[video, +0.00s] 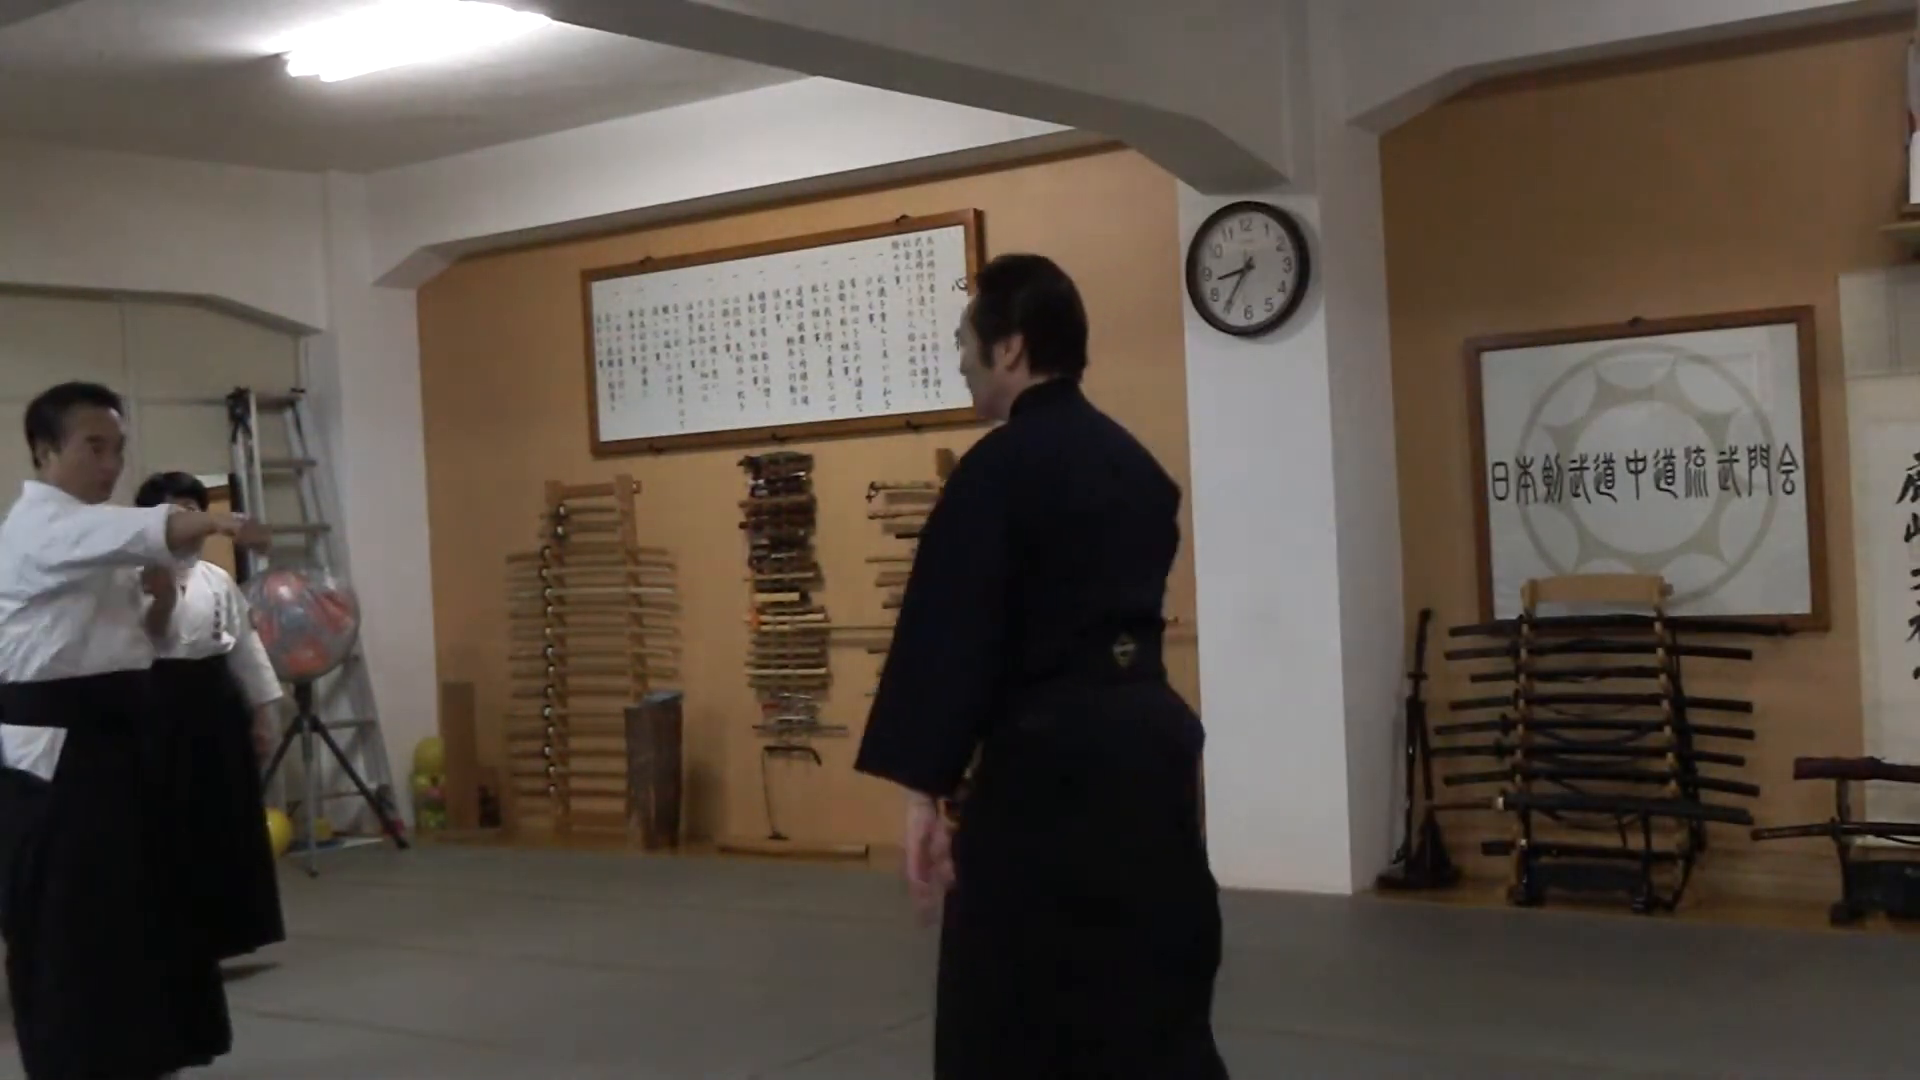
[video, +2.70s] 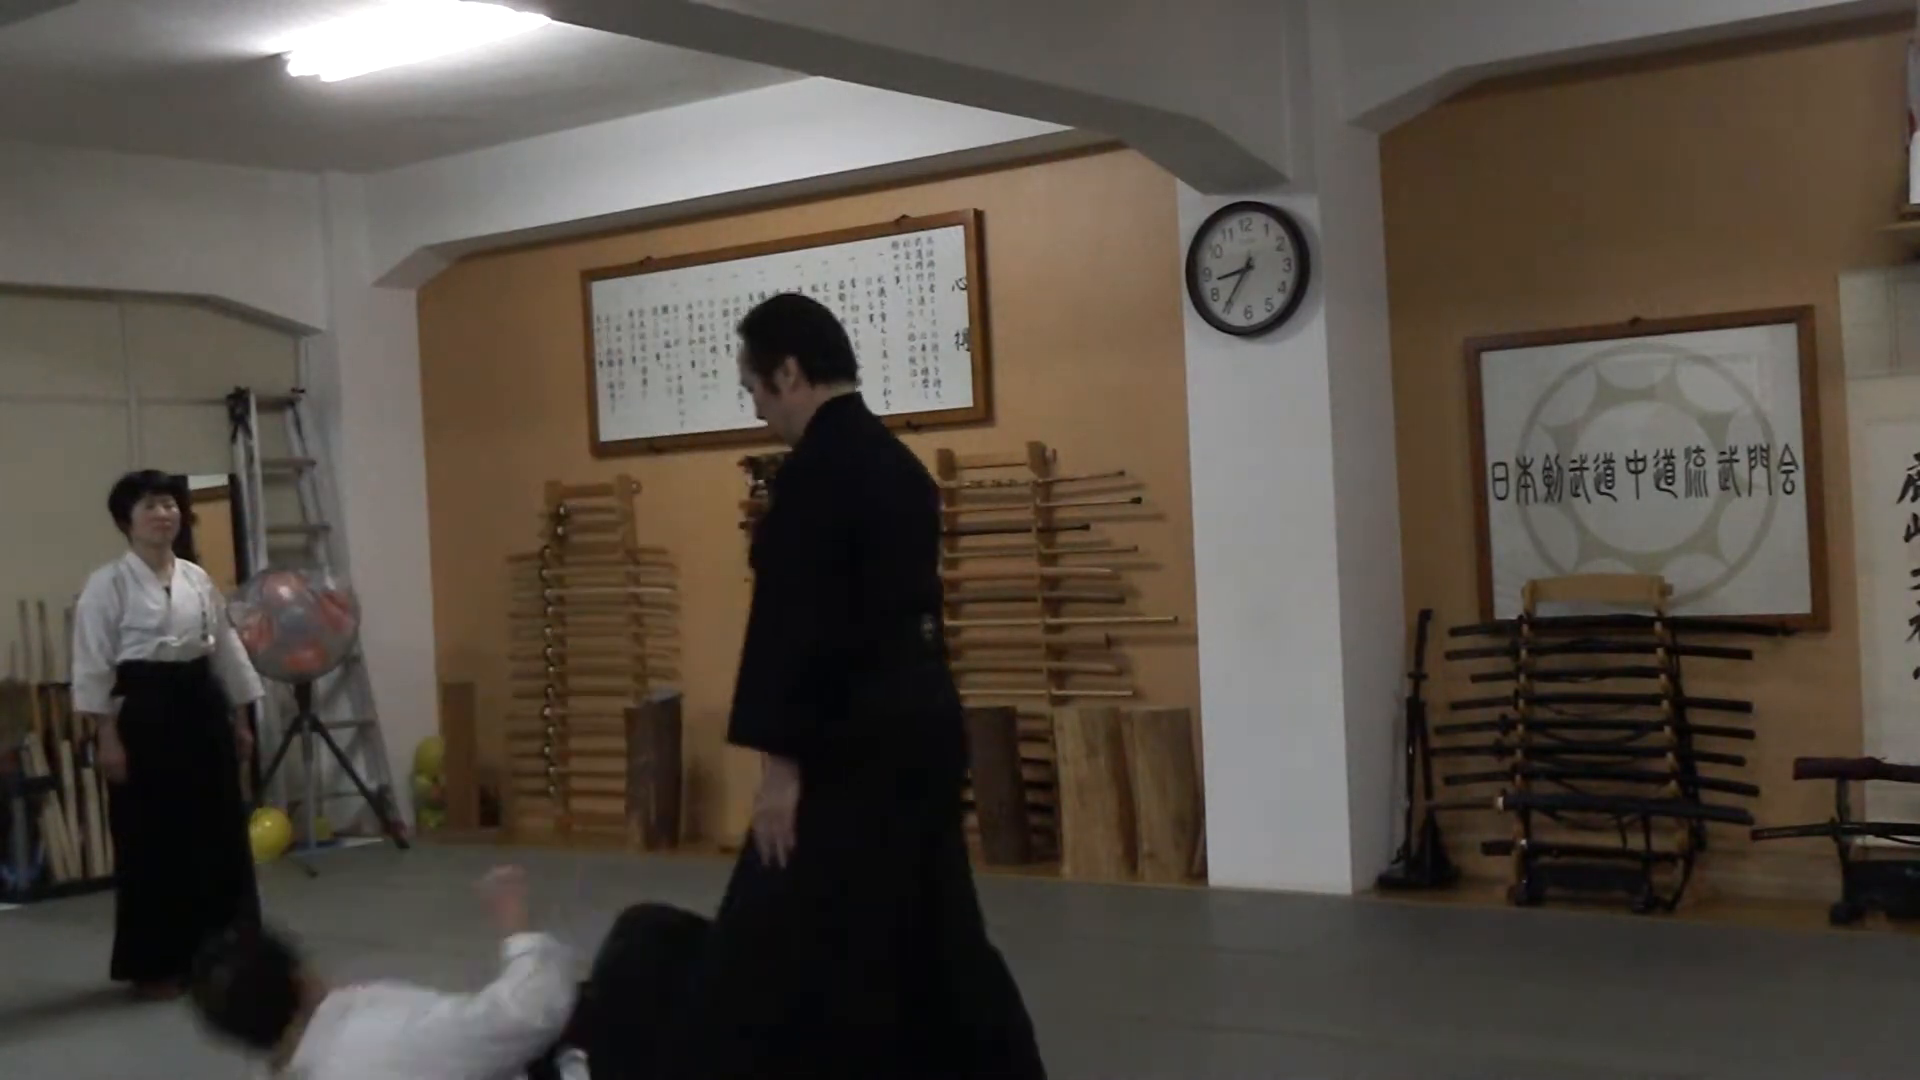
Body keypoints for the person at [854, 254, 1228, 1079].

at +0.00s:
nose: (961, 361)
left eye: (968, 341)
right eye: (962, 342)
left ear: (1013, 351)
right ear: (1059, 351)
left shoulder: (996, 469)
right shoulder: (1135, 465)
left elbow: (952, 633)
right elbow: (1113, 641)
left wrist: (926, 791)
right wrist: (968, 786)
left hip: (1034, 774)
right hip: (1148, 763)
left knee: (1012, 1001)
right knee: (1149, 995)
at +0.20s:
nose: (881, 387)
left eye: (881, 366)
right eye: (877, 370)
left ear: (917, 354)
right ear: (968, 348)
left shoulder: (919, 458)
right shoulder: (1058, 459)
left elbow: (900, 622)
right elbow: (1074, 626)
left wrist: (900, 772)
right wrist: (1078, 752)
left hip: (951, 756)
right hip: (1044, 752)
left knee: (921, 981)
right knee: (1048, 979)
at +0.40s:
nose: (827, 384)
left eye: (827, 363)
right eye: (822, 365)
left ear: (863, 351)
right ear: (921, 349)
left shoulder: (864, 452)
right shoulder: (995, 453)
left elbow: (818, 601)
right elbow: (1011, 605)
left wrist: (793, 749)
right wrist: (1004, 711)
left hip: (900, 733)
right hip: (989, 727)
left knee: (883, 946)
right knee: (978, 940)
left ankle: (886, 1068)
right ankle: (979, 1066)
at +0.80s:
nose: (756, 377)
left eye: (760, 358)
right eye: (755, 359)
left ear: (798, 358)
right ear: (846, 356)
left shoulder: (795, 464)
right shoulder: (901, 456)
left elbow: (742, 603)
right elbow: (898, 594)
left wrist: (686, 733)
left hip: (830, 725)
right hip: (905, 711)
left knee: (823, 932)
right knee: (899, 917)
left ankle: (831, 1066)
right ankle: (921, 1065)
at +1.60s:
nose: (655, 381)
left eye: (660, 363)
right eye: (655, 364)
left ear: (695, 362)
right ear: (745, 362)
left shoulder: (690, 466)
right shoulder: (799, 466)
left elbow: (649, 613)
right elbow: (769, 625)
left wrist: (622, 756)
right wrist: (665, 749)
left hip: (716, 745)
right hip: (799, 735)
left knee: (713, 949)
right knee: (803, 939)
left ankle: (716, 1070)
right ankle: (811, 1067)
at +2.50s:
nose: (668, 425)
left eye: (665, 405)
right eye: (663, 408)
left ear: (689, 391)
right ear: (750, 384)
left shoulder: (703, 487)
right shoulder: (821, 484)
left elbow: (665, 633)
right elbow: (822, 634)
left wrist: (651, 771)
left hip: (744, 740)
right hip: (836, 727)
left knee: (699, 938)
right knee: (824, 933)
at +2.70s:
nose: (756, 409)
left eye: (756, 387)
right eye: (751, 390)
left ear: (792, 373)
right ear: (826, 370)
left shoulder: (814, 475)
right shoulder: (899, 464)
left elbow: (790, 629)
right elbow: (903, 625)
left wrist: (780, 770)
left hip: (843, 756)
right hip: (915, 739)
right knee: (931, 952)